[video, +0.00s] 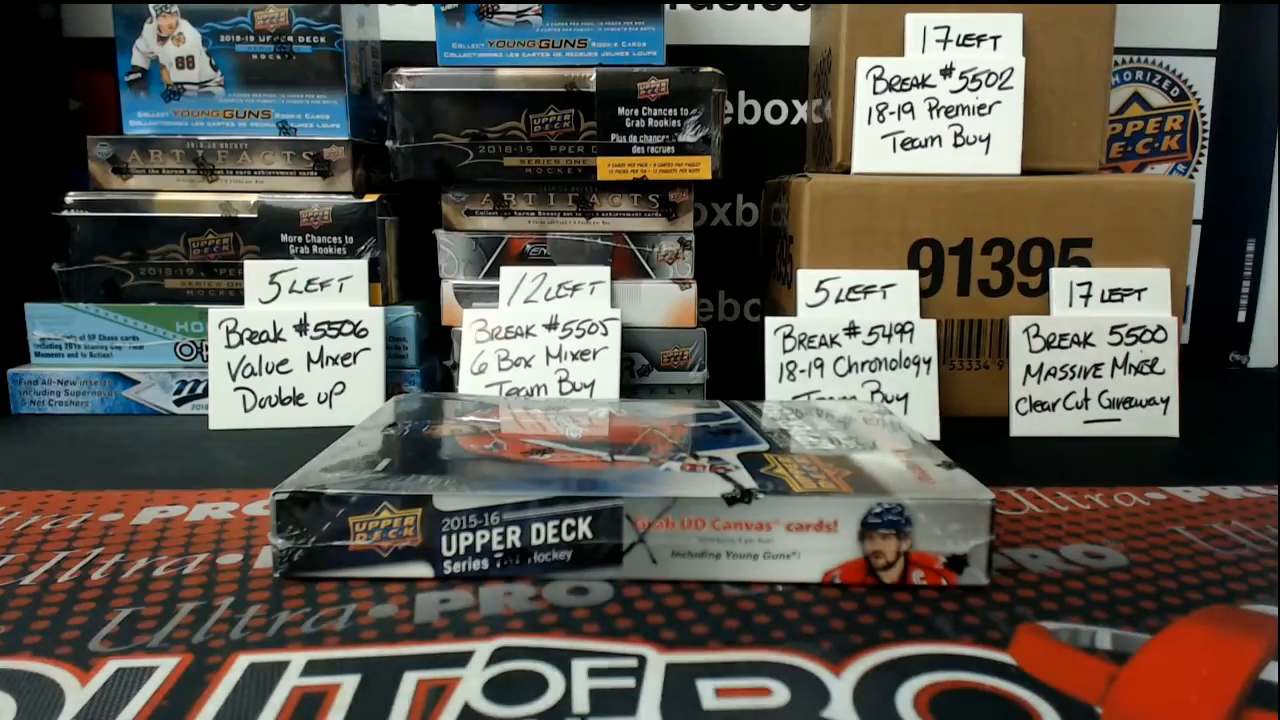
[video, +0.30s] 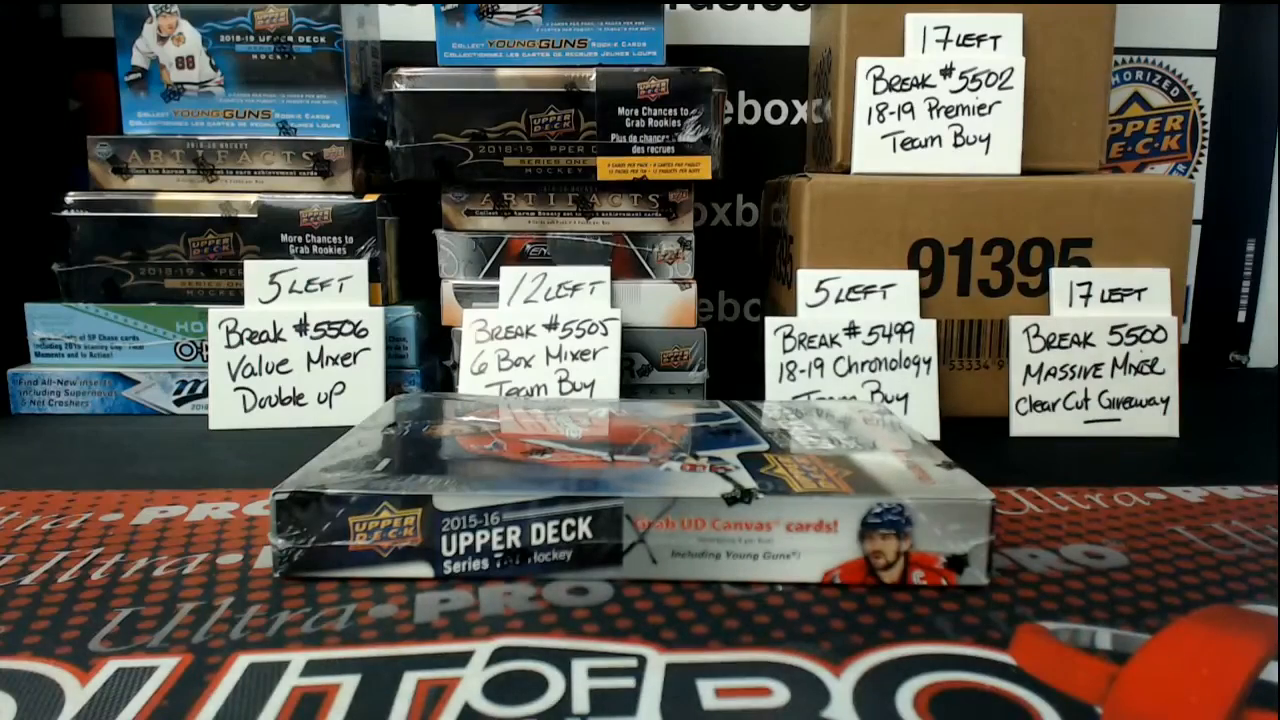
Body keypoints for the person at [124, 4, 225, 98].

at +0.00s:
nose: (169, 23)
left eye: (173, 17)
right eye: (164, 18)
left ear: (178, 18)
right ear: (156, 19)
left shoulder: (186, 35)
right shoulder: (150, 28)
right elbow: (141, 50)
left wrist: (178, 89)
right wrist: (137, 73)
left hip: (209, 84)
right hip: (181, 84)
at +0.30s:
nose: (169, 22)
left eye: (173, 17)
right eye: (164, 18)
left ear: (178, 18)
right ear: (156, 19)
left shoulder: (186, 35)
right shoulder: (150, 28)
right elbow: (141, 50)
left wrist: (178, 89)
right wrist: (137, 73)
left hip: (209, 84)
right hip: (182, 84)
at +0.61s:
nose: (170, 22)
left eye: (173, 17)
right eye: (164, 17)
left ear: (178, 17)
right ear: (156, 20)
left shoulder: (186, 35)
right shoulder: (150, 29)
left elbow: (188, 66)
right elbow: (142, 50)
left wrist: (178, 88)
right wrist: (137, 70)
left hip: (208, 83)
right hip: (181, 83)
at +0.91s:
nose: (169, 22)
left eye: (172, 16)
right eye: (163, 17)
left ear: (177, 16)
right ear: (155, 19)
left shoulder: (186, 34)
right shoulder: (149, 28)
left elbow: (188, 66)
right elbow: (141, 49)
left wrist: (179, 87)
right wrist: (137, 70)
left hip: (209, 83)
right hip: (182, 85)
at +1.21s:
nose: (170, 23)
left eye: (173, 17)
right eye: (164, 18)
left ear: (178, 17)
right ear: (156, 20)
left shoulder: (186, 36)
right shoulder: (150, 28)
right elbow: (142, 50)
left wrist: (178, 88)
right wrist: (137, 72)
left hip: (208, 84)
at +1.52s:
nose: (170, 22)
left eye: (173, 17)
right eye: (164, 18)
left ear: (178, 17)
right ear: (156, 20)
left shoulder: (186, 36)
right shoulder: (150, 29)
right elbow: (142, 50)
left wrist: (178, 88)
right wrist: (137, 72)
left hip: (209, 84)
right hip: (181, 84)